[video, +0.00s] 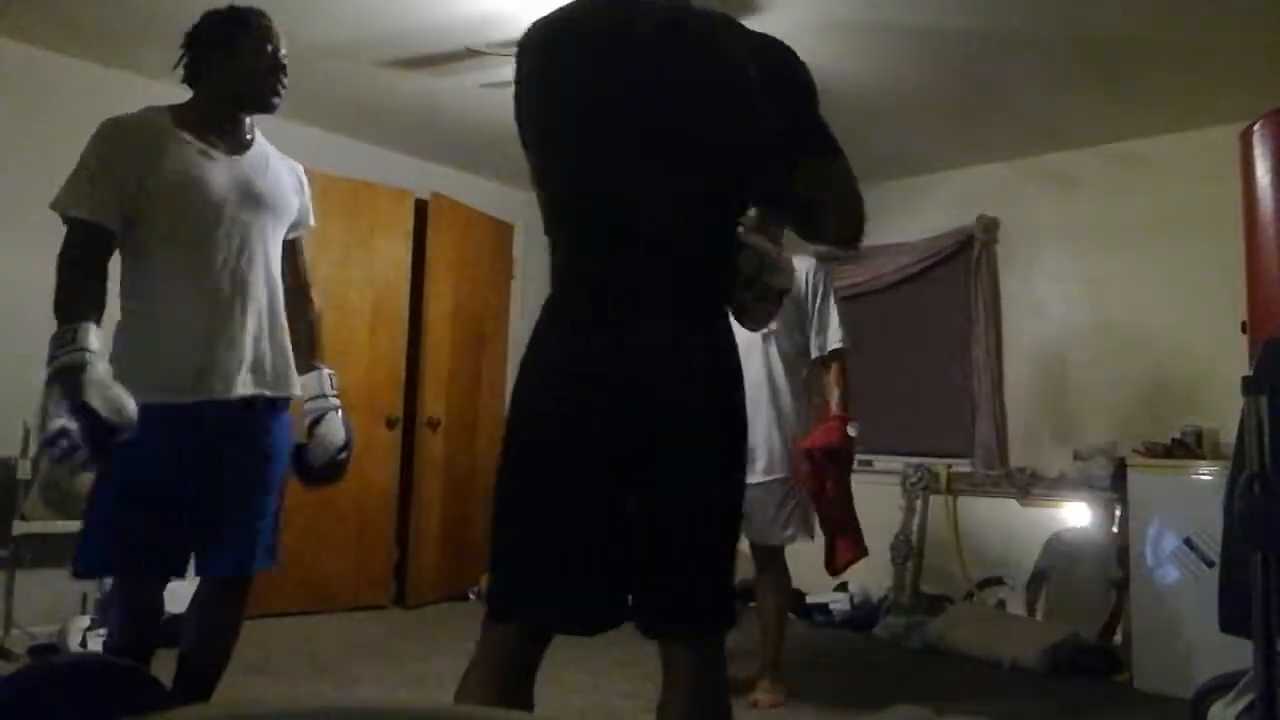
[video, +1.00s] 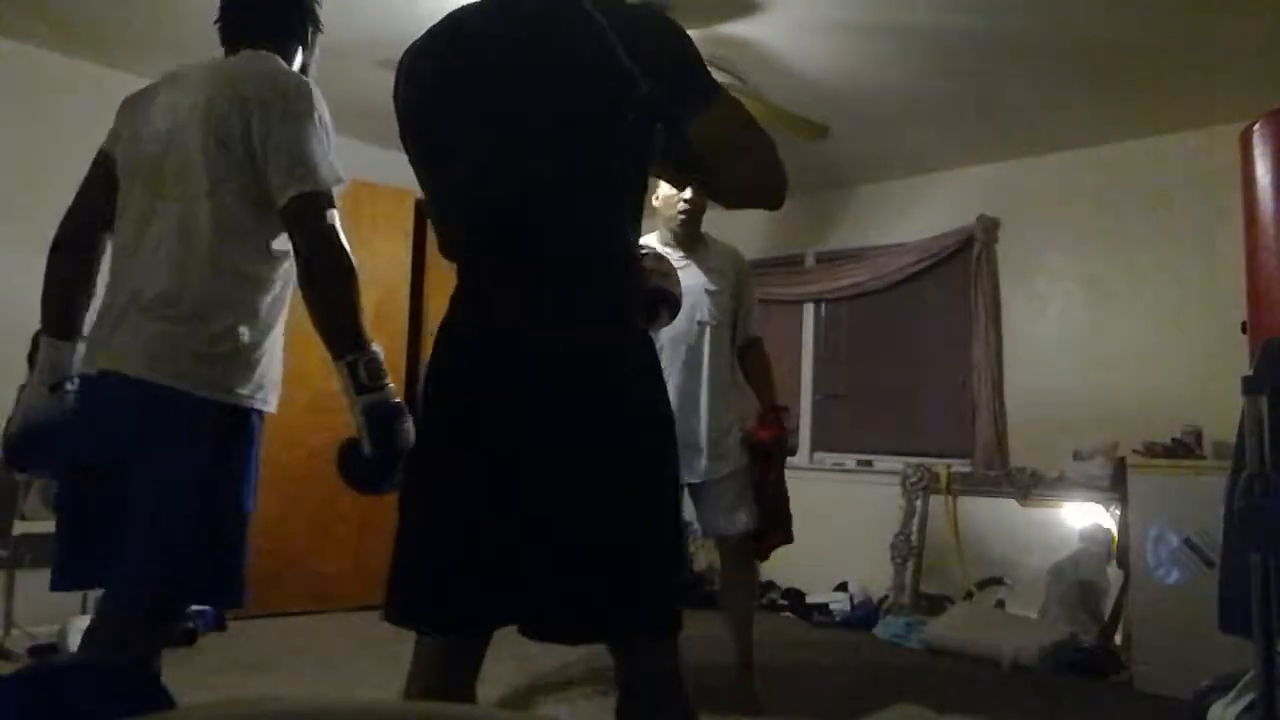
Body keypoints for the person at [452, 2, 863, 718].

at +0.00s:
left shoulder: (548, 41)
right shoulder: (757, 61)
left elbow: (566, 219)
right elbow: (842, 222)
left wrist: (722, 258)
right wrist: (750, 168)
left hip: (568, 359)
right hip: (692, 365)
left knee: (513, 627)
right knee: (691, 642)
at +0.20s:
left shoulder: (490, 36)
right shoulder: (703, 40)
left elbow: (540, 193)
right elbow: (796, 200)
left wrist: (685, 248)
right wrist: (685, 173)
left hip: (523, 353)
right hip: (650, 360)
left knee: (478, 636)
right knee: (669, 644)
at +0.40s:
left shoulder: (448, 34)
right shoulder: (655, 24)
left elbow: (494, 195)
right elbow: (759, 184)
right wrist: (654, 195)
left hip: (490, 349)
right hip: (618, 355)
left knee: (454, 646)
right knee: (653, 651)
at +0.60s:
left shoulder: (419, 46)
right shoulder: (633, 22)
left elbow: (453, 228)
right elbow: (752, 172)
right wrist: (628, 145)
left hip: (467, 359)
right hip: (598, 363)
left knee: (433, 656)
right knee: (641, 659)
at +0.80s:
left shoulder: (413, 55)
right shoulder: (624, 24)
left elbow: (453, 240)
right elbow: (751, 174)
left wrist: (624, 279)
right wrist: (636, 129)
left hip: (461, 360)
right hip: (592, 362)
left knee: (431, 653)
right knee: (638, 654)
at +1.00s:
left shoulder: (424, 59)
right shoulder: (631, 28)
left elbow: (455, 238)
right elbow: (760, 181)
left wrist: (620, 278)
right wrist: (648, 139)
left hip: (475, 363)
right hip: (604, 367)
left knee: (446, 644)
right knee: (647, 652)